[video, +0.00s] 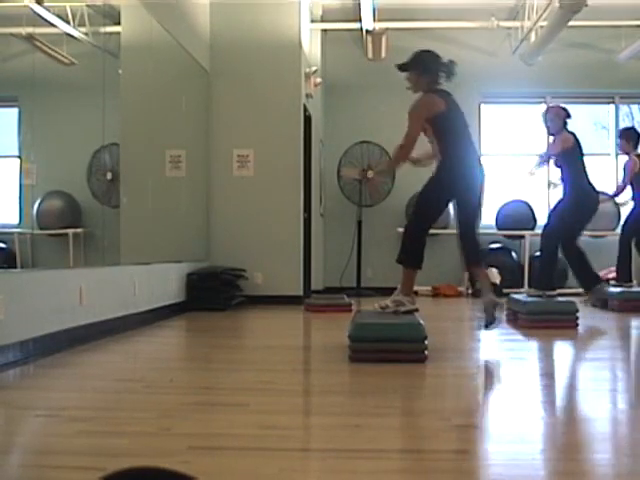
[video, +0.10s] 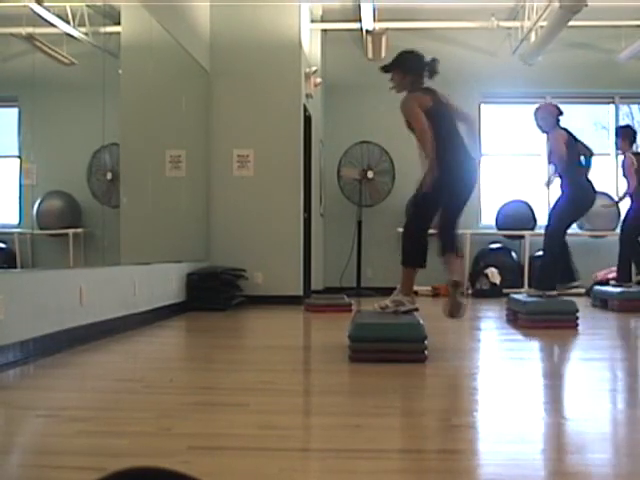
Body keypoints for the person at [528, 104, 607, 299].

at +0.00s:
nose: (548, 123)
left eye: (552, 119)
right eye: (547, 120)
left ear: (561, 120)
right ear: (547, 121)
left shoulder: (566, 138)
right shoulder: (556, 141)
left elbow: (556, 150)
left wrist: (543, 158)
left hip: (582, 197)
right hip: (571, 196)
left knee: (565, 239)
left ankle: (595, 286)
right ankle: (543, 287)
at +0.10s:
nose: (537, 125)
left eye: (538, 120)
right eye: (537, 120)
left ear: (545, 120)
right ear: (554, 118)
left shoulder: (555, 136)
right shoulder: (565, 134)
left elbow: (562, 159)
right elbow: (588, 152)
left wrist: (553, 176)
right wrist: (585, 174)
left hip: (574, 191)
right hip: (584, 190)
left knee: (552, 231)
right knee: (556, 231)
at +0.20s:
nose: (534, 128)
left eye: (535, 124)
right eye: (533, 124)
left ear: (542, 122)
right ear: (551, 120)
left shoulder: (553, 137)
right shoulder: (564, 135)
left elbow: (566, 157)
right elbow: (590, 149)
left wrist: (563, 182)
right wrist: (588, 175)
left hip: (573, 194)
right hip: (582, 192)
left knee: (549, 232)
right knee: (551, 232)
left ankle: (543, 282)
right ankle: (546, 281)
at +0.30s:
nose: (539, 127)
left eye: (539, 123)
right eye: (538, 123)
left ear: (545, 122)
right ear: (555, 120)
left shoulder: (556, 137)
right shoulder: (564, 136)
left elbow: (562, 159)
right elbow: (583, 154)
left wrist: (551, 178)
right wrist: (575, 175)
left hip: (573, 195)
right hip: (579, 193)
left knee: (548, 234)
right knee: (549, 234)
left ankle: (543, 283)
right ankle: (545, 281)